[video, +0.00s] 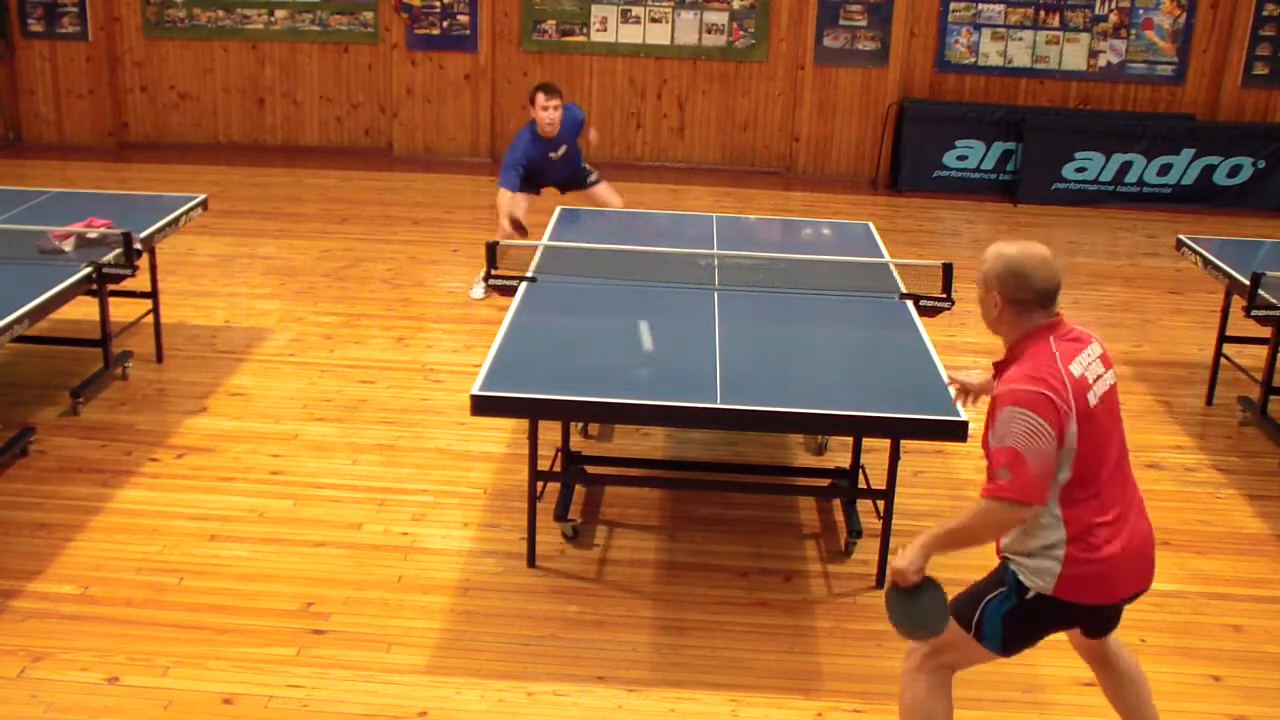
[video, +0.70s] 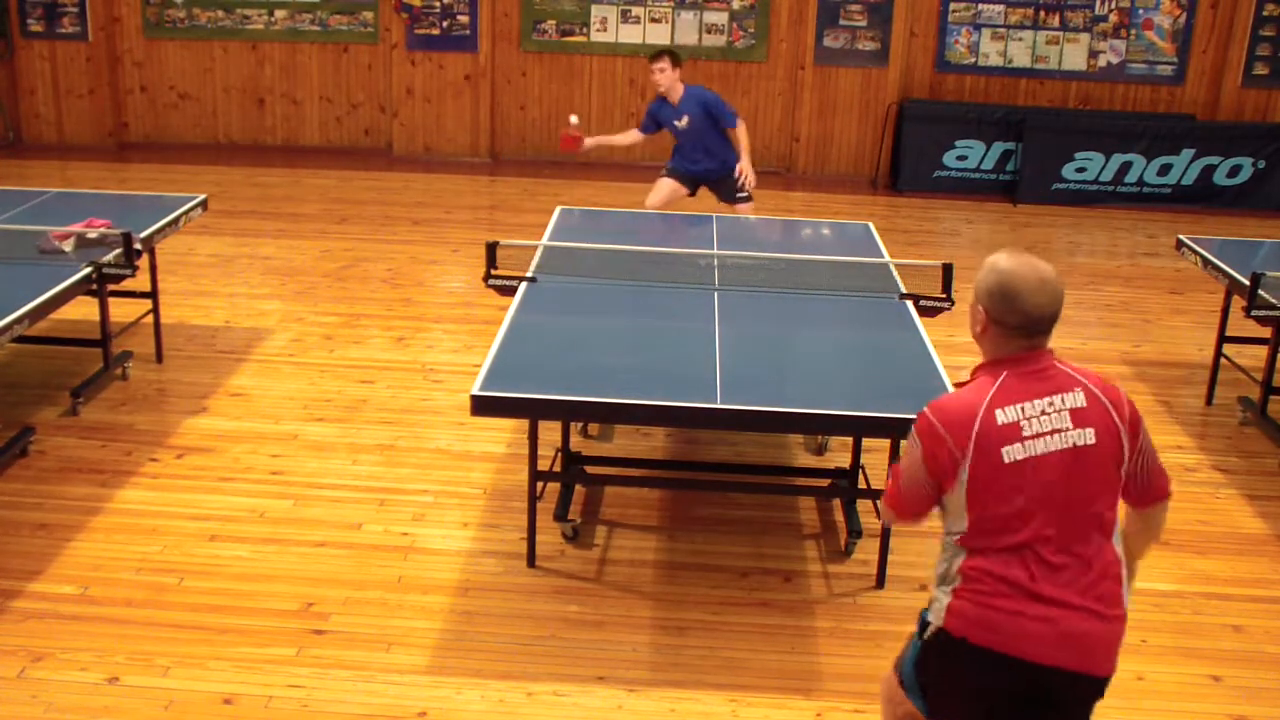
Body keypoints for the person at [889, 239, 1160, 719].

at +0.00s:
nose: (977, 295)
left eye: (980, 287)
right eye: (980, 285)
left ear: (996, 303)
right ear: (1050, 294)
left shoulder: (1028, 387)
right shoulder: (1080, 340)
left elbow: (1012, 504)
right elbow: (1040, 373)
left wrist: (925, 546)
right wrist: (991, 383)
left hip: (1066, 573)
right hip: (1124, 551)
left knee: (927, 660)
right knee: (1095, 639)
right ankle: (1146, 718)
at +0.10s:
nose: (948, 308)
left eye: (952, 300)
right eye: (950, 298)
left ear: (975, 314)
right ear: (1024, 302)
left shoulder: (1013, 400)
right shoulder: (1055, 340)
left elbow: (998, 511)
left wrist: (895, 531)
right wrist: (993, 372)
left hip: (1059, 574)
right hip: (1114, 546)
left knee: (917, 664)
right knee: (1108, 649)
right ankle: (1154, 719)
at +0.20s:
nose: (922, 312)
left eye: (928, 304)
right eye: (923, 302)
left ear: (960, 317)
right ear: (1003, 306)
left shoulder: (976, 397)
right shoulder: (1048, 345)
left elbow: (906, 491)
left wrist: (816, 461)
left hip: (1031, 586)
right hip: (1098, 558)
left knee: (895, 675)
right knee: (1106, 655)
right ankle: (1142, 718)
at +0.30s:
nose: (929, 305)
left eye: (935, 295)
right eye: (931, 294)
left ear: (966, 306)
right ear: (1012, 300)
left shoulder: (935, 387)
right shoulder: (1061, 364)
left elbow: (831, 403)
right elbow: (1085, 409)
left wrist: (815, 328)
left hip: (1005, 602)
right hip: (1081, 578)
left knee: (871, 685)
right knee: (1078, 651)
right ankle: (1115, 718)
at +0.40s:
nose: (935, 292)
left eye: (940, 285)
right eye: (937, 282)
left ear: (956, 306)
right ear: (1017, 306)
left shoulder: (914, 378)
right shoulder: (1062, 385)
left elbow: (885, 330)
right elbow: (1098, 458)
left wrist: (923, 286)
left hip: (972, 618)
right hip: (1066, 606)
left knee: (862, 687)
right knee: (1053, 658)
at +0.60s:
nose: (960, 299)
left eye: (962, 291)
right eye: (963, 289)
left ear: (972, 308)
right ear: (1043, 308)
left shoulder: (931, 387)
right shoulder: (1096, 394)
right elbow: (1118, 506)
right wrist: (1072, 548)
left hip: (965, 634)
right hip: (1065, 646)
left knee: (878, 686)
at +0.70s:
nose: (969, 310)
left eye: (972, 302)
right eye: (975, 298)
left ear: (980, 320)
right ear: (1052, 320)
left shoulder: (952, 416)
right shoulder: (1109, 401)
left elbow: (899, 508)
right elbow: (1152, 501)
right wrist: (1123, 560)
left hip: (980, 647)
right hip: (1084, 657)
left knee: (901, 693)